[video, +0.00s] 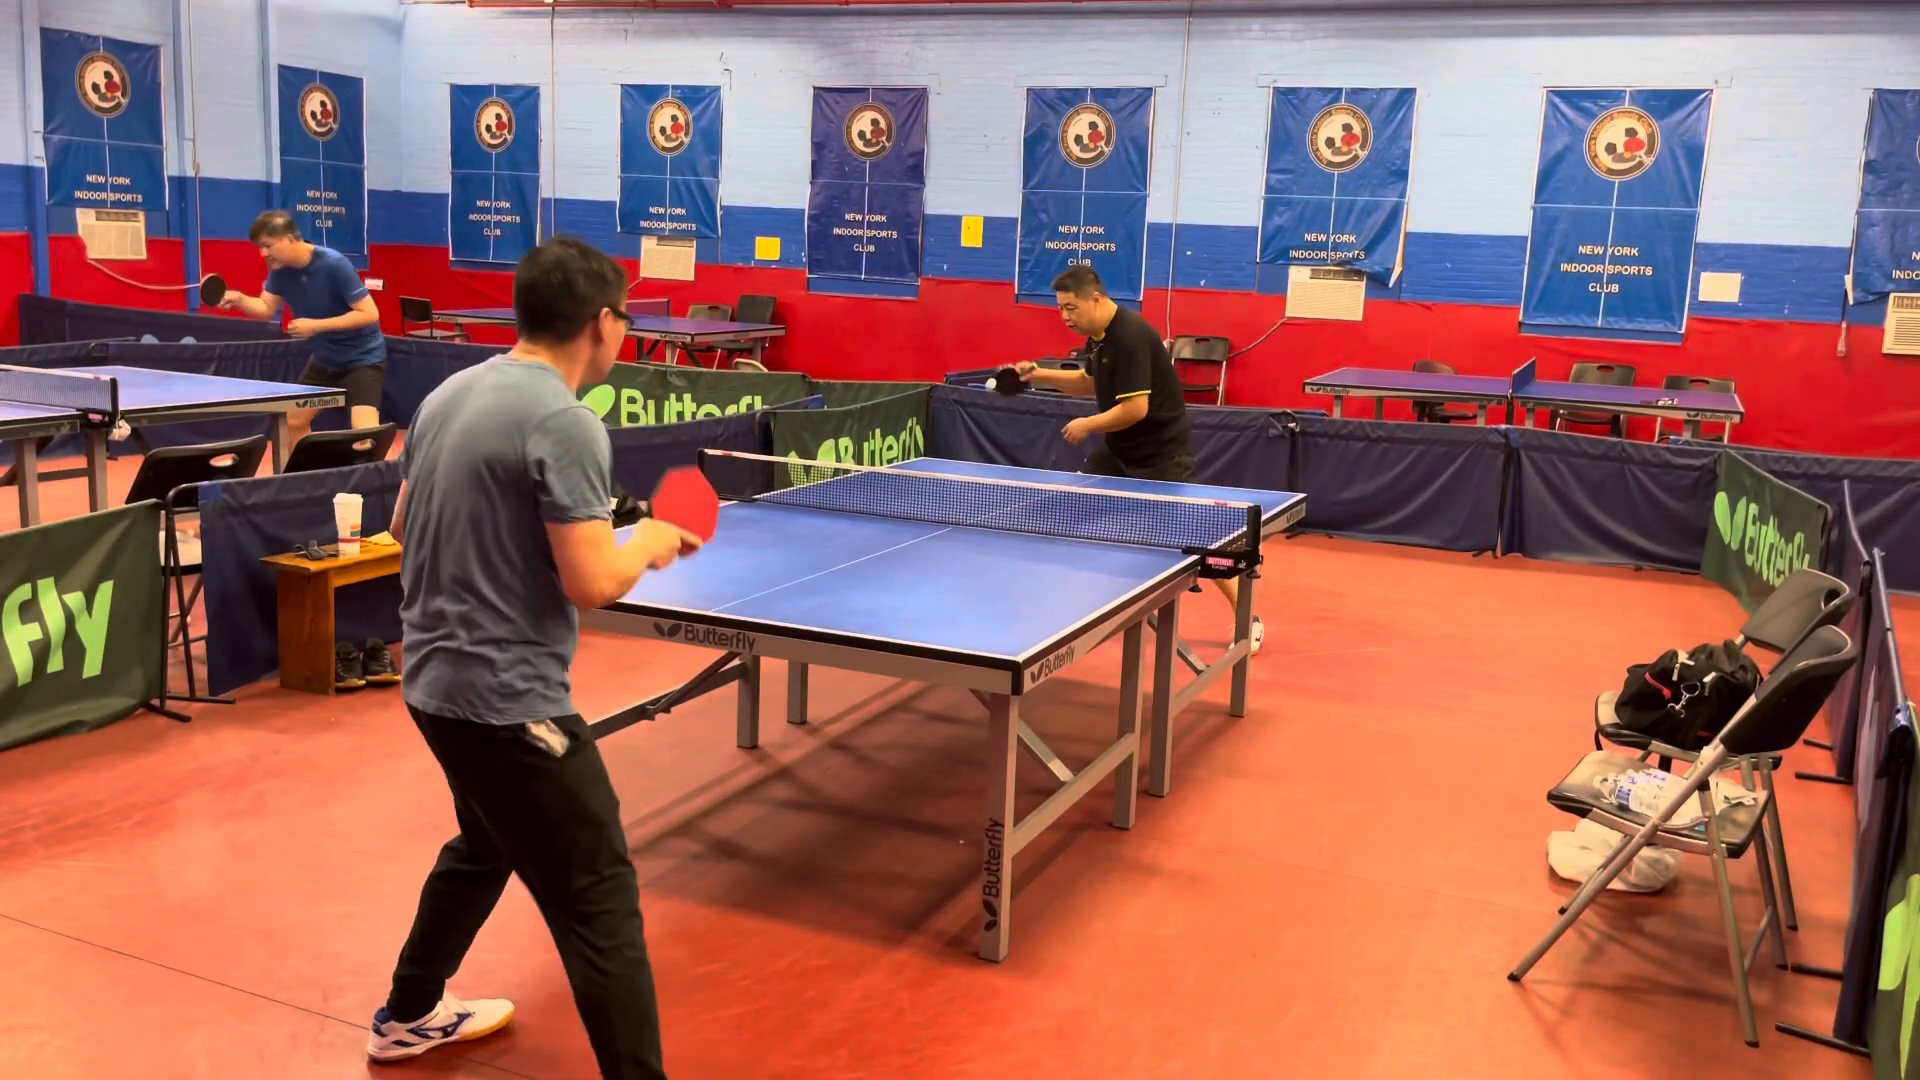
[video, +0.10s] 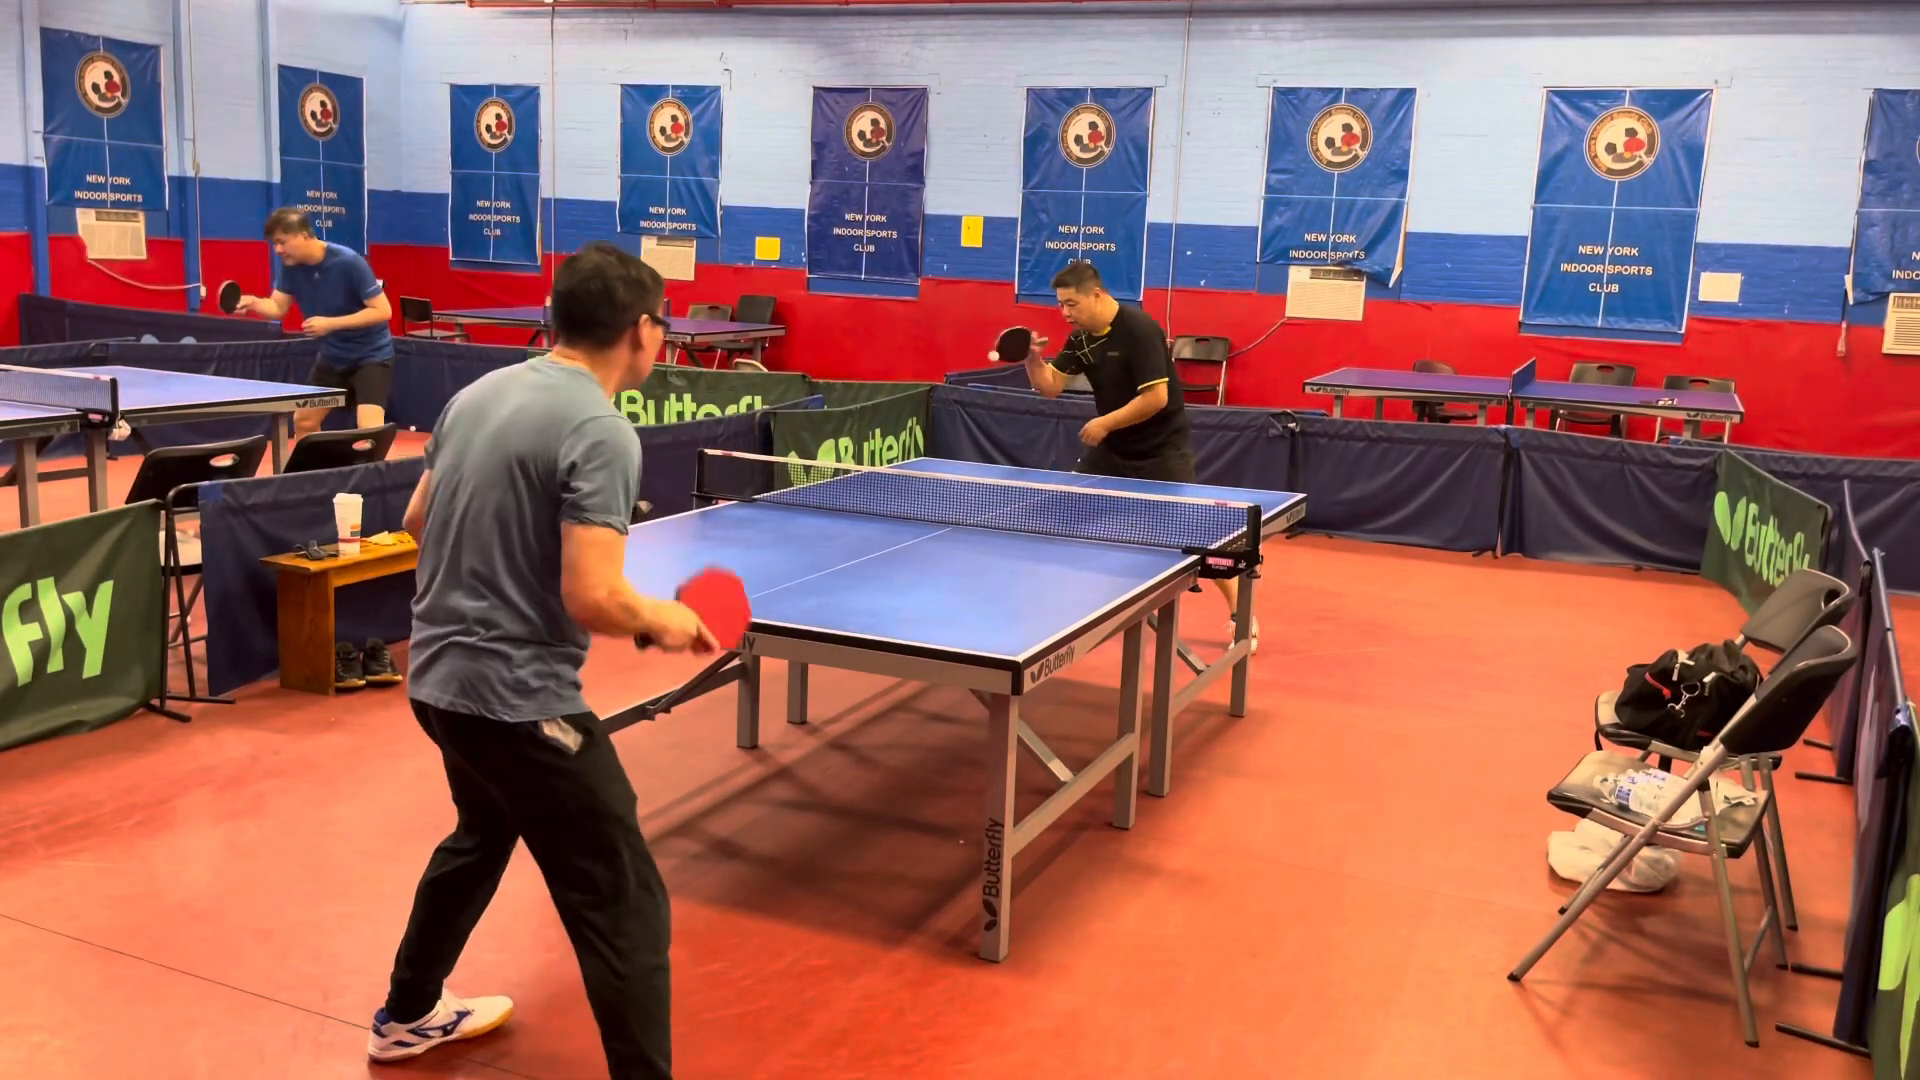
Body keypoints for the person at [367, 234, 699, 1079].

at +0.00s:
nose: (624, 338)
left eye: (622, 320)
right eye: (621, 321)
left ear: (527, 316)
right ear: (597, 323)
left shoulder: (447, 397)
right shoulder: (564, 422)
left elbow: (408, 527)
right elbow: (592, 582)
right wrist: (653, 538)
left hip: (435, 685)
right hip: (512, 700)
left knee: (486, 840)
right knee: (597, 891)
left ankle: (409, 1011)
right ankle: (638, 1071)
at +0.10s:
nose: (661, 344)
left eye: (662, 329)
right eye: (660, 328)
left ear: (561, 321)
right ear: (638, 330)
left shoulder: (479, 394)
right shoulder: (600, 428)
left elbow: (421, 519)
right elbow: (590, 597)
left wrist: (520, 568)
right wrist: (660, 619)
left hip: (440, 684)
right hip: (523, 701)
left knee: (482, 831)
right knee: (622, 901)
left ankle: (407, 1012)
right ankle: (644, 1068)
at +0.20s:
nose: (696, 355)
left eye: (696, 338)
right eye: (695, 339)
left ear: (600, 332)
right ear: (673, 344)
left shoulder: (521, 395)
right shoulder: (618, 438)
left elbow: (452, 519)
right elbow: (577, 601)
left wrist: (501, 624)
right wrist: (653, 703)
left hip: (441, 682)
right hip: (516, 702)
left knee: (482, 837)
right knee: (621, 910)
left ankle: (406, 1014)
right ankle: (643, 1068)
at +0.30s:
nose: (720, 385)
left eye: (722, 368)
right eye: (720, 367)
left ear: (633, 355)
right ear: (694, 370)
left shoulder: (560, 409)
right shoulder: (616, 460)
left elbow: (515, 544)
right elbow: (554, 625)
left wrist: (588, 615)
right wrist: (611, 764)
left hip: (444, 682)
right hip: (497, 707)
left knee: (494, 843)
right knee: (617, 902)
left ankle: (408, 1014)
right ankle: (638, 1065)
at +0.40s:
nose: (727, 404)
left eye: (730, 387)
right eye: (727, 386)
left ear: (644, 371)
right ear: (698, 387)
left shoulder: (590, 426)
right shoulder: (599, 466)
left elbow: (556, 557)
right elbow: (531, 628)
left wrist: (646, 611)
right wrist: (585, 762)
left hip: (455, 693)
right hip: (485, 712)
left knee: (516, 840)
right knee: (621, 898)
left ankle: (411, 1014)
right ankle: (639, 1066)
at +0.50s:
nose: (719, 390)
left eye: (722, 372)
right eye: (717, 371)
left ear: (642, 360)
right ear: (680, 369)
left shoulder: (569, 416)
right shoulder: (595, 451)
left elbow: (569, 554)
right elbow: (560, 614)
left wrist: (676, 579)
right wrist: (667, 691)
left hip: (454, 684)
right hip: (504, 702)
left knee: (510, 838)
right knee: (626, 903)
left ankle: (411, 1014)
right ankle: (641, 1069)